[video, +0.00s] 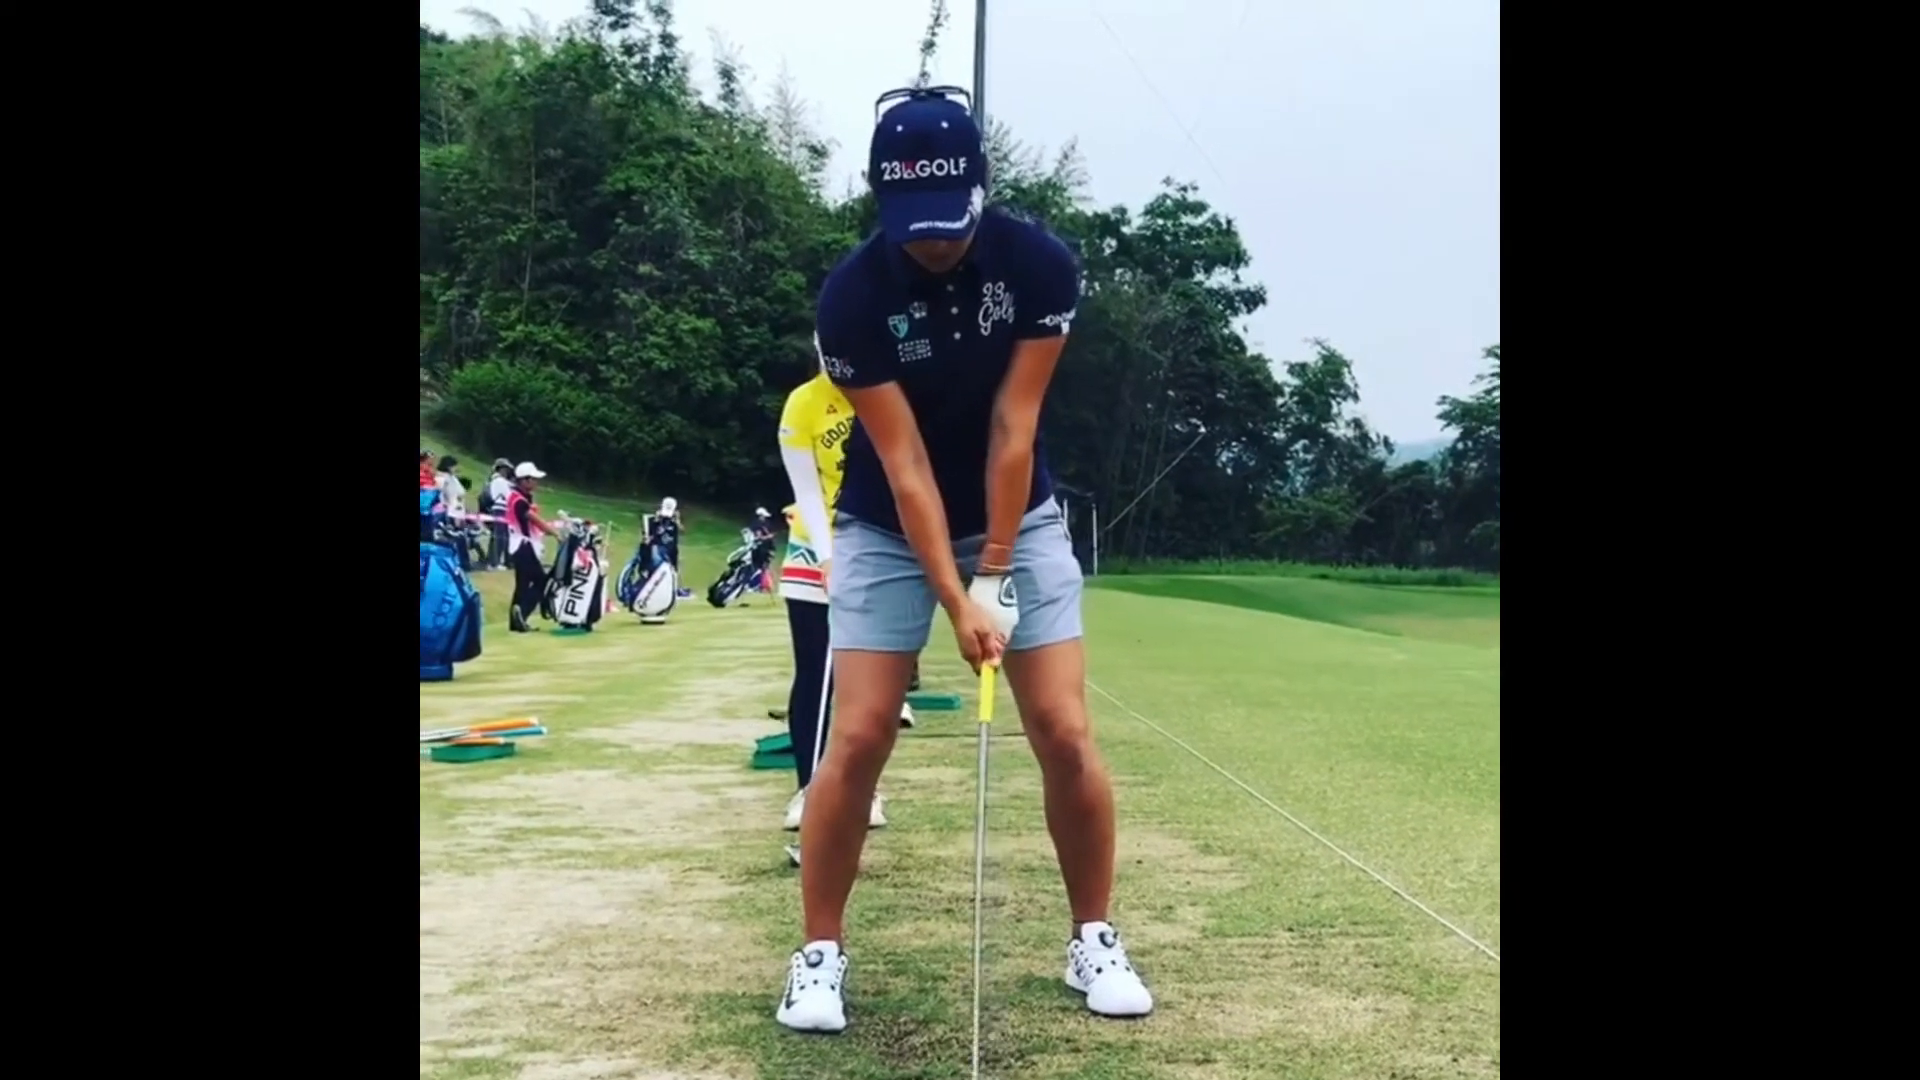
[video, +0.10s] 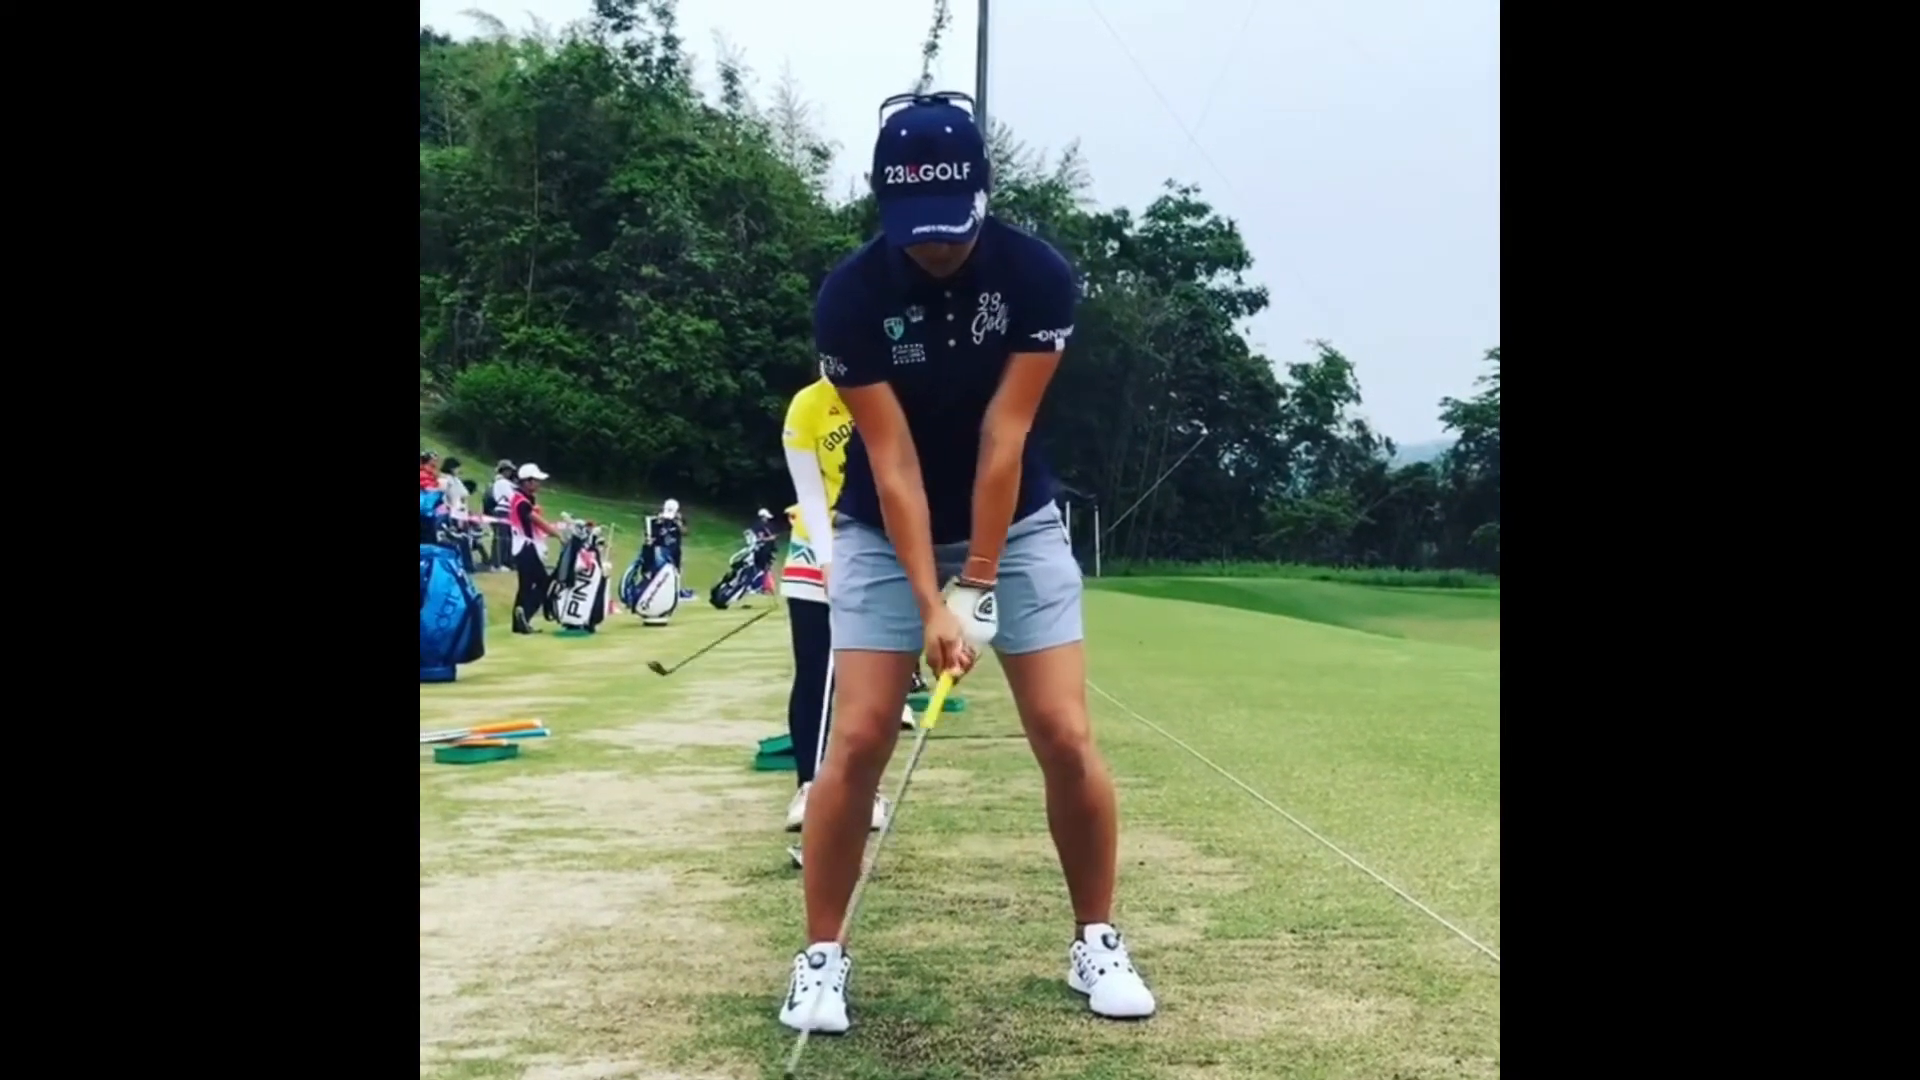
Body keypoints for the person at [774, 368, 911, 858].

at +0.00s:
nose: (848, 354)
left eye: (856, 344)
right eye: (839, 343)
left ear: (878, 344)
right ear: (829, 346)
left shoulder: (891, 399)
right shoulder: (805, 402)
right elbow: (806, 490)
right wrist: (827, 554)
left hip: (870, 568)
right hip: (811, 570)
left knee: (874, 692)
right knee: (815, 682)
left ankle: (864, 786)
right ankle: (810, 790)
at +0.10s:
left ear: (884, 348)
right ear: (836, 348)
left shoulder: (894, 402)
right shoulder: (810, 403)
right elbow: (810, 496)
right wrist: (829, 561)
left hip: (871, 564)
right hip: (813, 565)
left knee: (870, 692)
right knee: (816, 680)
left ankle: (864, 787)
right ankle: (810, 784)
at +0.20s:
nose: (835, 359)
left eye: (847, 352)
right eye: (830, 350)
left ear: (875, 349)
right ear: (823, 351)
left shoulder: (891, 401)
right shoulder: (808, 406)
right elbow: (811, 497)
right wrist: (824, 560)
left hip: (877, 557)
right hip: (816, 556)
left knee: (872, 684)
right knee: (808, 675)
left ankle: (869, 786)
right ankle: (803, 782)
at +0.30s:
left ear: (872, 352)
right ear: (832, 343)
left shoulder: (888, 405)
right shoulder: (804, 407)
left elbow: (898, 481)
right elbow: (798, 493)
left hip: (880, 556)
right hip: (817, 554)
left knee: (876, 689)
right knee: (800, 679)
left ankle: (873, 789)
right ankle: (782, 789)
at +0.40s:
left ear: (879, 378)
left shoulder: (897, 412)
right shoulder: (801, 426)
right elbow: (804, 501)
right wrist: (818, 570)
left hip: (874, 563)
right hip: (810, 563)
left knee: (878, 700)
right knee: (793, 684)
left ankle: (874, 791)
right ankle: (769, 795)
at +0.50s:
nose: (836, 385)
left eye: (845, 377)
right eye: (825, 377)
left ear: (861, 372)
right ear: (808, 372)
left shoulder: (880, 402)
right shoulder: (786, 415)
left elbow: (893, 486)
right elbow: (794, 503)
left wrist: (859, 563)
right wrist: (810, 570)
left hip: (867, 555)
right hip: (800, 558)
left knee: (874, 692)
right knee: (789, 684)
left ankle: (876, 794)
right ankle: (768, 799)